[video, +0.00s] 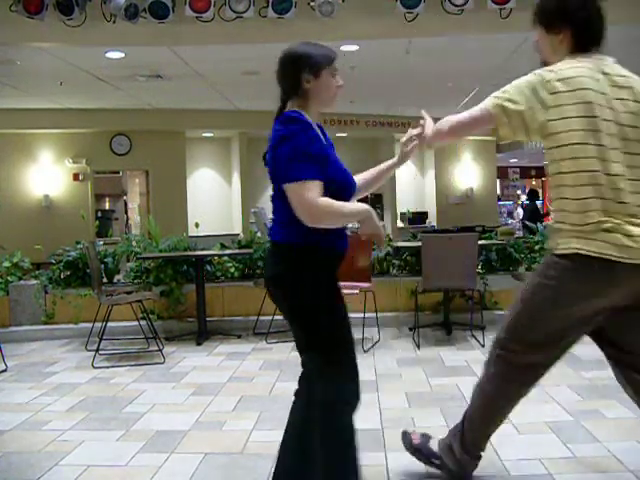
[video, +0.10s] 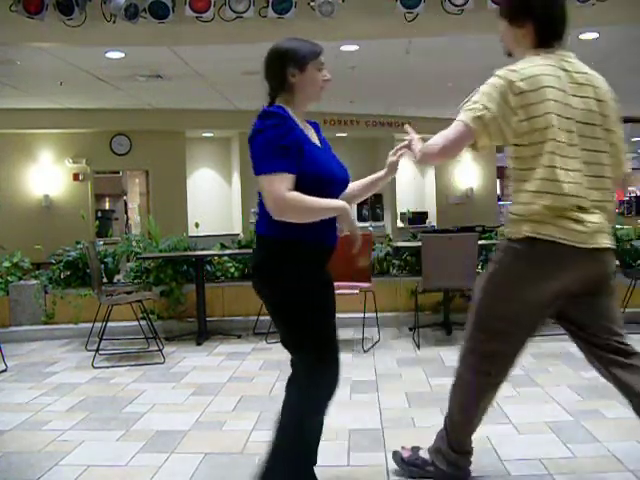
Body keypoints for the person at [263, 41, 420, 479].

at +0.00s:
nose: (341, 82)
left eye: (338, 74)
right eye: (332, 74)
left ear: (309, 81)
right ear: (306, 80)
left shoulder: (312, 129)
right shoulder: (294, 131)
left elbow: (345, 189)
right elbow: (309, 208)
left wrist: (398, 160)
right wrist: (362, 211)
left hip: (312, 266)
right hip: (300, 268)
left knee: (323, 379)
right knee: (338, 386)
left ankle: (293, 475)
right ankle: (332, 475)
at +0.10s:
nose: (327, 76)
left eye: (325, 69)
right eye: (319, 69)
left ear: (298, 76)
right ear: (293, 75)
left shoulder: (310, 128)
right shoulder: (274, 126)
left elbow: (338, 197)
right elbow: (278, 203)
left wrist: (386, 173)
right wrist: (338, 208)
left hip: (308, 260)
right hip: (286, 262)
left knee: (315, 371)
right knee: (318, 372)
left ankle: (291, 472)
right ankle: (285, 474)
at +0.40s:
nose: (281, 81)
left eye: (279, 73)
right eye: (273, 74)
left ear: (254, 80)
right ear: (248, 79)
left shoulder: (276, 137)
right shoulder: (219, 130)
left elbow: (300, 205)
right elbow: (211, 209)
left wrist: (344, 170)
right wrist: (277, 218)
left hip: (276, 265)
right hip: (230, 267)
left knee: (291, 376)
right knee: (222, 381)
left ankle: (292, 475)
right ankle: (172, 475)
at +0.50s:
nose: (264, 78)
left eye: (263, 70)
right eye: (257, 70)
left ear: (238, 76)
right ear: (230, 75)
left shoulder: (257, 130)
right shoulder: (199, 127)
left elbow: (282, 199)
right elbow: (187, 203)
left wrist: (327, 161)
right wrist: (256, 213)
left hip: (255, 263)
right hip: (208, 265)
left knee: (277, 377)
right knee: (205, 379)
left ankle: (291, 475)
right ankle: (171, 476)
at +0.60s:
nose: (246, 82)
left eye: (245, 74)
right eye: (239, 74)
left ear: (220, 80)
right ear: (212, 79)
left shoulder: (237, 135)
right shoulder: (180, 129)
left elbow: (257, 207)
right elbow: (167, 204)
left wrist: (302, 163)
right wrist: (235, 216)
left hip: (234, 267)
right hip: (188, 268)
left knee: (264, 376)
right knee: (190, 383)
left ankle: (289, 473)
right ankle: (169, 477)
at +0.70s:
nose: (229, 94)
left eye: (226, 85)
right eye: (221, 85)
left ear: (204, 91)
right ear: (195, 90)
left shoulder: (214, 147)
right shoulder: (164, 137)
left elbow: (238, 212)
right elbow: (151, 213)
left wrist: (277, 171)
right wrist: (217, 228)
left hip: (208, 272)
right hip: (167, 275)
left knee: (250, 378)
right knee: (183, 390)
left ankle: (287, 474)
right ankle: (170, 478)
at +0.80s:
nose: (212, 105)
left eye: (210, 97)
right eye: (204, 97)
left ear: (184, 103)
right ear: (178, 101)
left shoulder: (195, 157)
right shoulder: (148, 150)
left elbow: (214, 227)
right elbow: (136, 225)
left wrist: (256, 188)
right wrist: (201, 245)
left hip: (189, 282)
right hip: (146, 286)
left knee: (236, 375)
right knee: (184, 392)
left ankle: (264, 473)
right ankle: (171, 479)